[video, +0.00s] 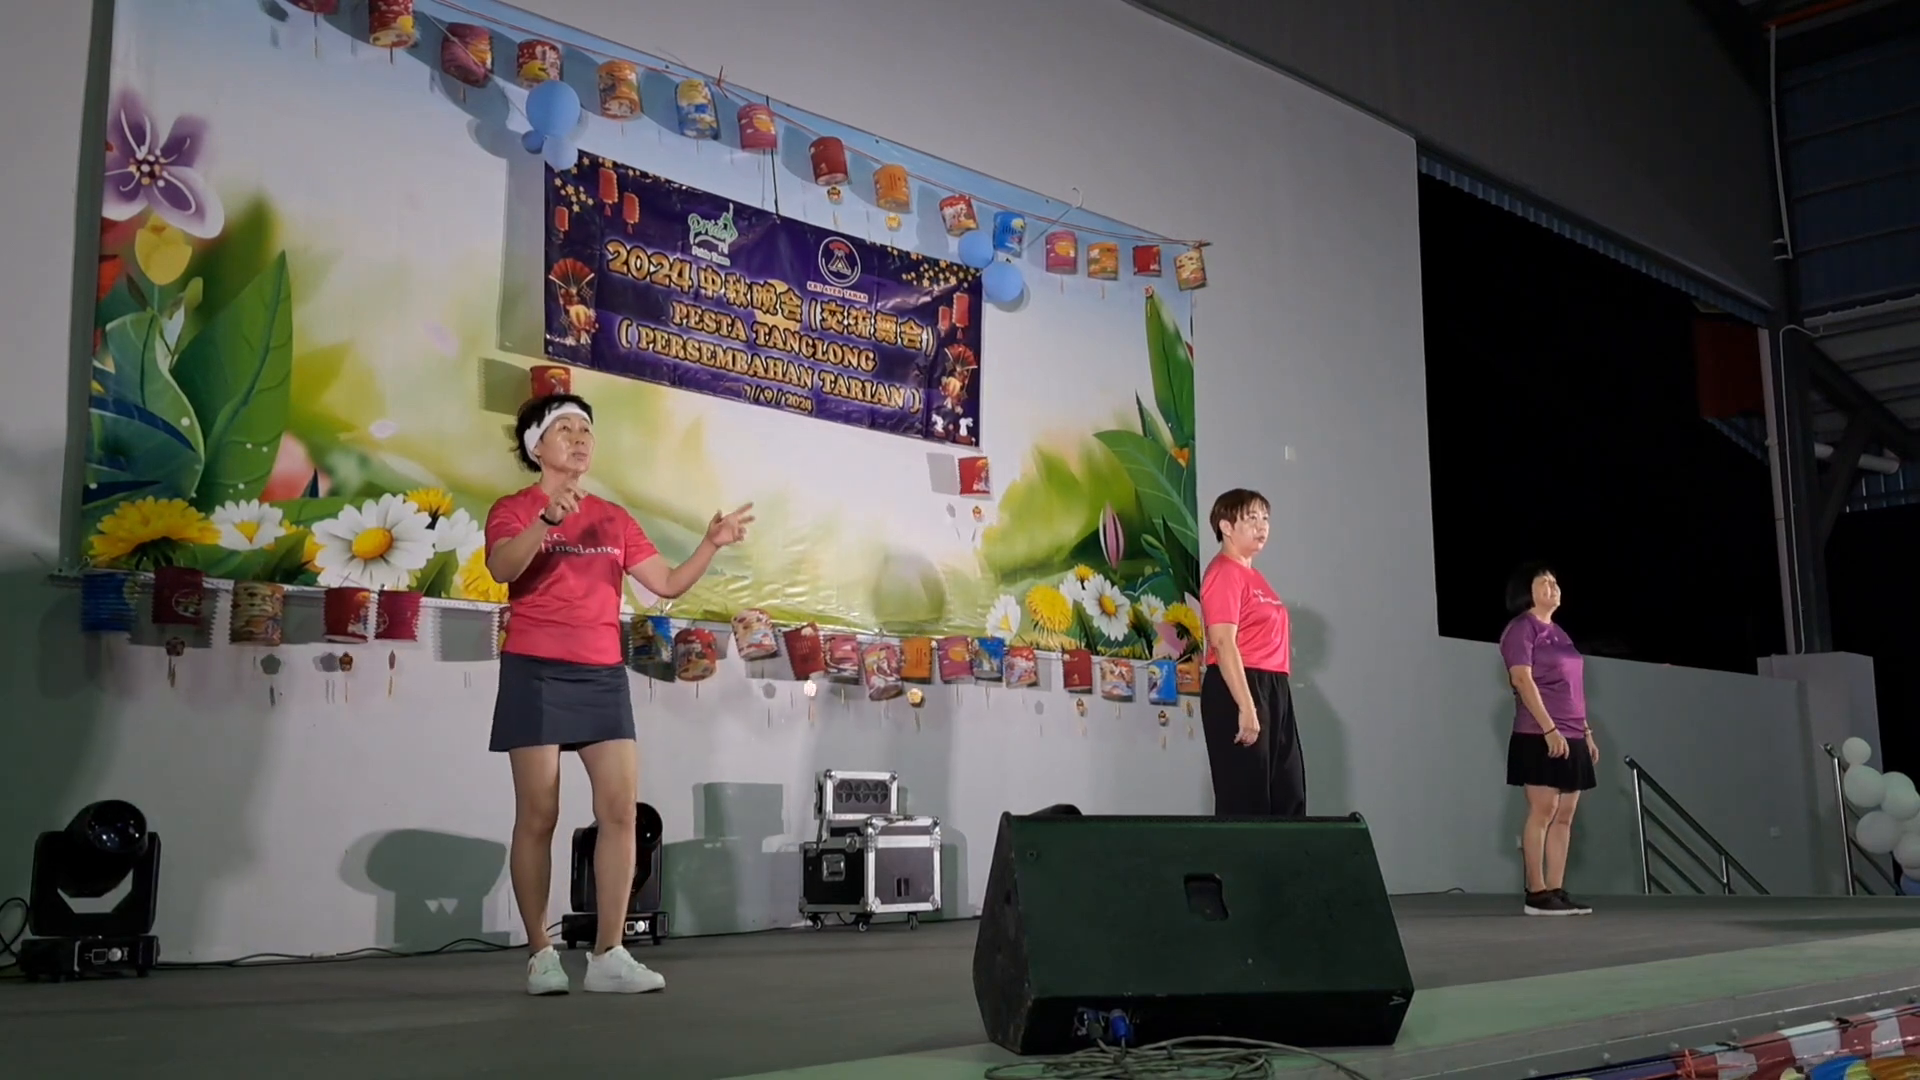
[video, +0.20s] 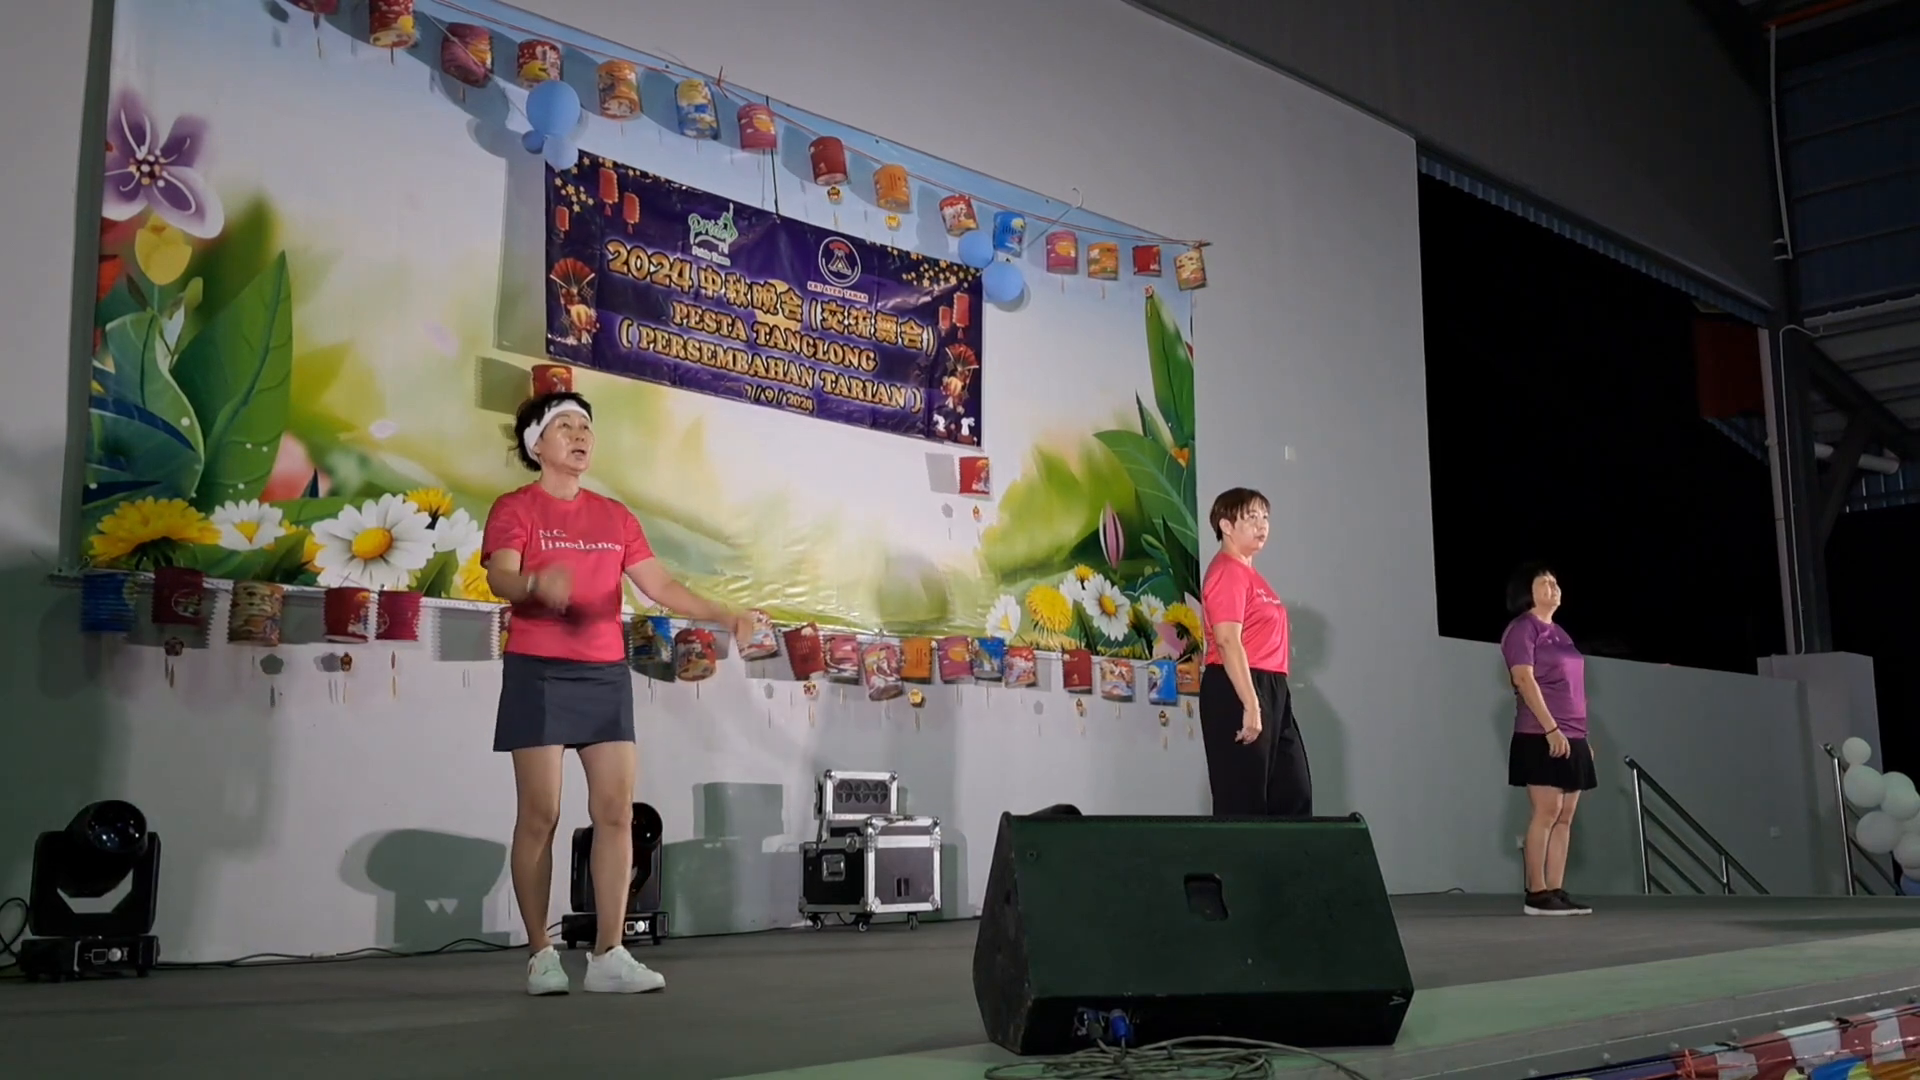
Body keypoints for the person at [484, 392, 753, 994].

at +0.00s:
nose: (579, 440)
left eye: (585, 432)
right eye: (565, 431)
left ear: (593, 448)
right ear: (535, 446)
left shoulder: (611, 518)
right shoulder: (515, 510)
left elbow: (666, 585)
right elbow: (501, 569)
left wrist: (710, 544)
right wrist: (545, 522)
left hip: (603, 675)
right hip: (534, 672)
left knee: (620, 808)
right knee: (539, 813)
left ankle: (609, 953)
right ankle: (541, 951)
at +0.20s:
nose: (580, 438)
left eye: (586, 430)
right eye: (566, 429)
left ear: (593, 445)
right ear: (535, 443)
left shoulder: (615, 517)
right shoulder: (515, 509)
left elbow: (663, 588)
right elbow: (500, 579)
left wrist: (728, 615)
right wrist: (535, 586)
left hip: (606, 674)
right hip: (539, 672)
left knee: (616, 811)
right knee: (541, 813)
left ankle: (609, 953)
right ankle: (542, 951)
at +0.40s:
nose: (584, 436)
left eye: (589, 429)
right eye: (570, 427)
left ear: (596, 444)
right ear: (539, 442)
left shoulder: (616, 518)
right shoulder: (516, 512)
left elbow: (633, 614)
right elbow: (496, 609)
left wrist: (635, 691)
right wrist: (472, 698)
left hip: (608, 679)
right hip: (534, 677)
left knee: (626, 809)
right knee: (538, 815)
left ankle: (610, 952)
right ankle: (541, 950)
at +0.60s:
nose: (586, 439)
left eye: (591, 431)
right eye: (571, 431)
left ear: (598, 446)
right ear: (541, 447)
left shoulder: (618, 520)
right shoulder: (514, 517)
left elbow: (612, 603)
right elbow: (482, 605)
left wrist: (613, 670)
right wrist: (444, 680)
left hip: (603, 679)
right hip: (531, 678)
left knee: (627, 807)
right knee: (535, 817)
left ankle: (610, 949)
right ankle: (541, 950)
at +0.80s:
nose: (581, 438)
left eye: (588, 430)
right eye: (567, 429)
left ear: (597, 446)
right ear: (539, 444)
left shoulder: (618, 518)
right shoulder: (511, 514)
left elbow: (632, 612)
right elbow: (481, 606)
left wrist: (643, 695)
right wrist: (467, 691)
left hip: (603, 681)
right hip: (528, 678)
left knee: (623, 809)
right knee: (533, 815)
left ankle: (608, 952)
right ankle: (541, 950)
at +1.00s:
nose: (581, 438)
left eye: (588, 429)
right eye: (567, 429)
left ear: (595, 442)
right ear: (536, 441)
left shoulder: (616, 515)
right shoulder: (510, 513)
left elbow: (640, 591)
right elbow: (471, 596)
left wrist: (687, 627)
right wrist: (489, 626)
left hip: (604, 677)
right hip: (531, 676)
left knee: (621, 808)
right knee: (531, 816)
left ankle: (604, 949)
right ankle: (541, 951)